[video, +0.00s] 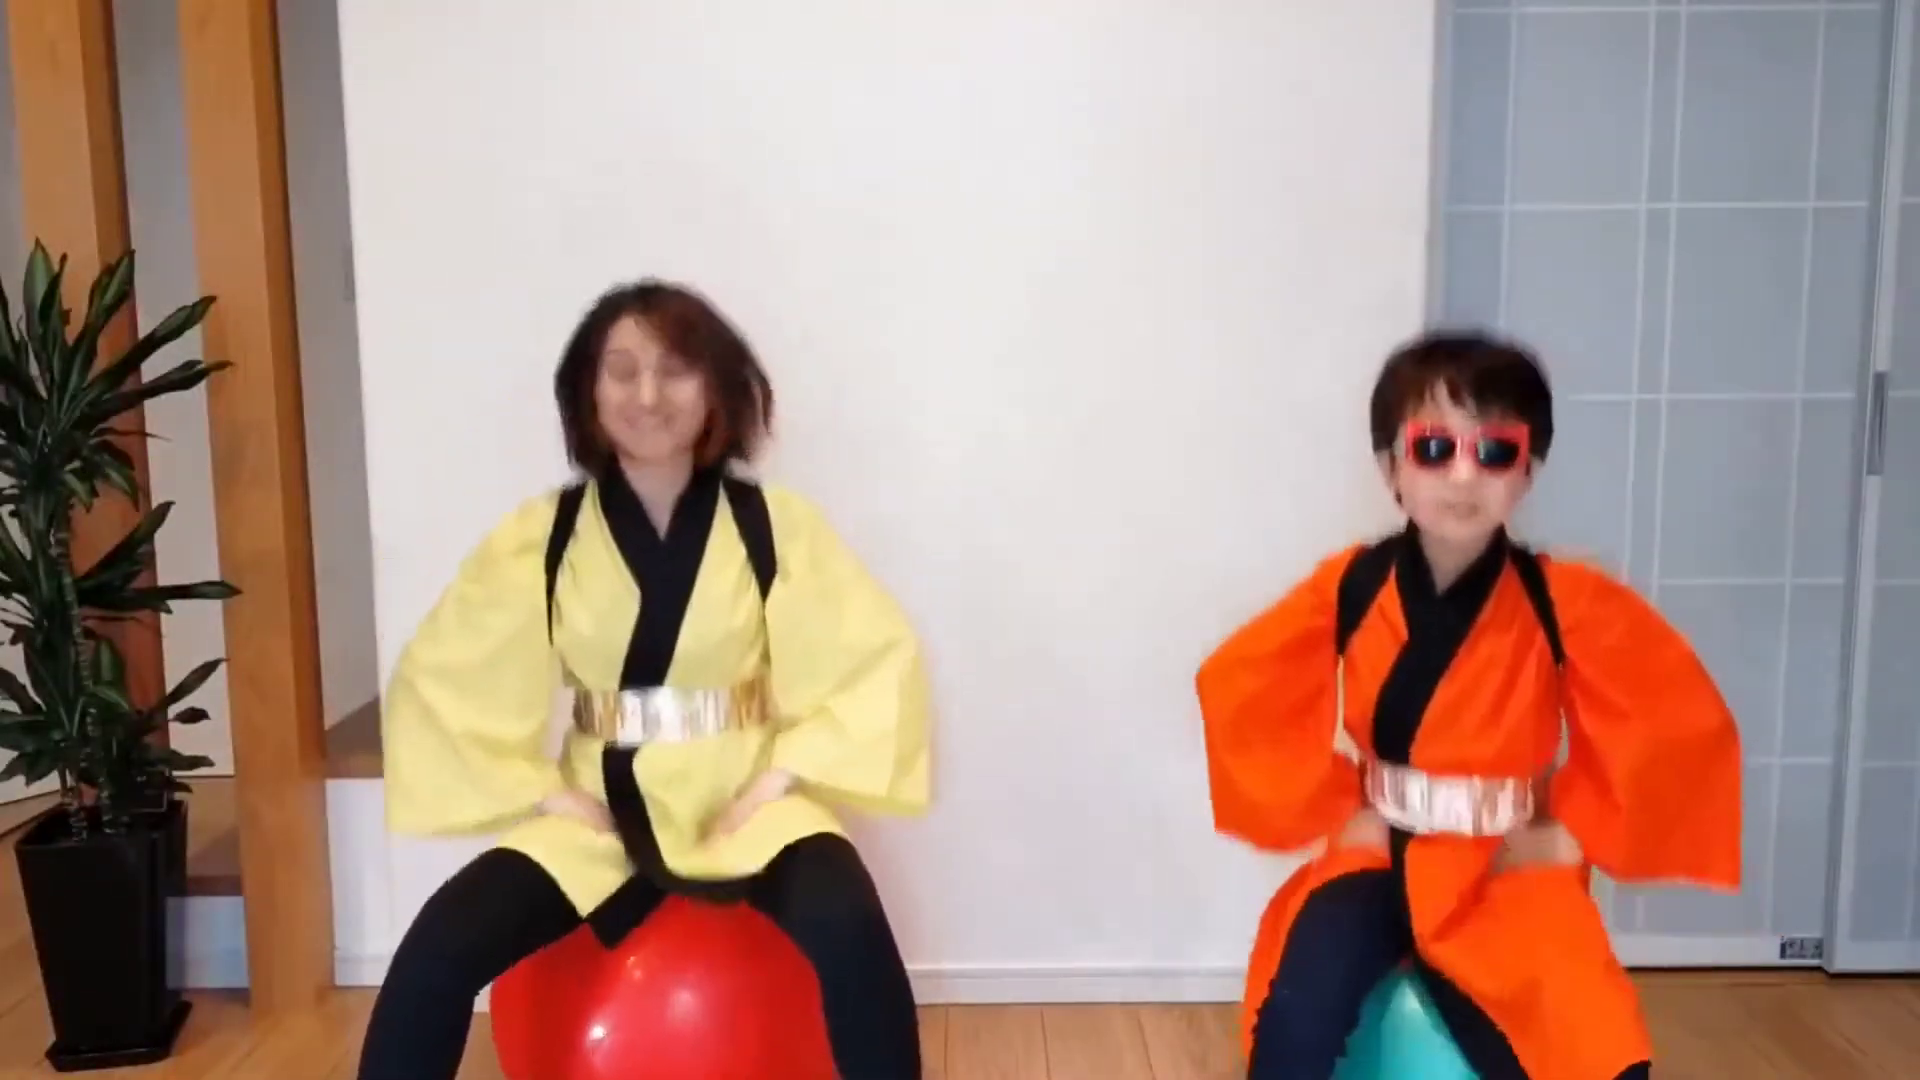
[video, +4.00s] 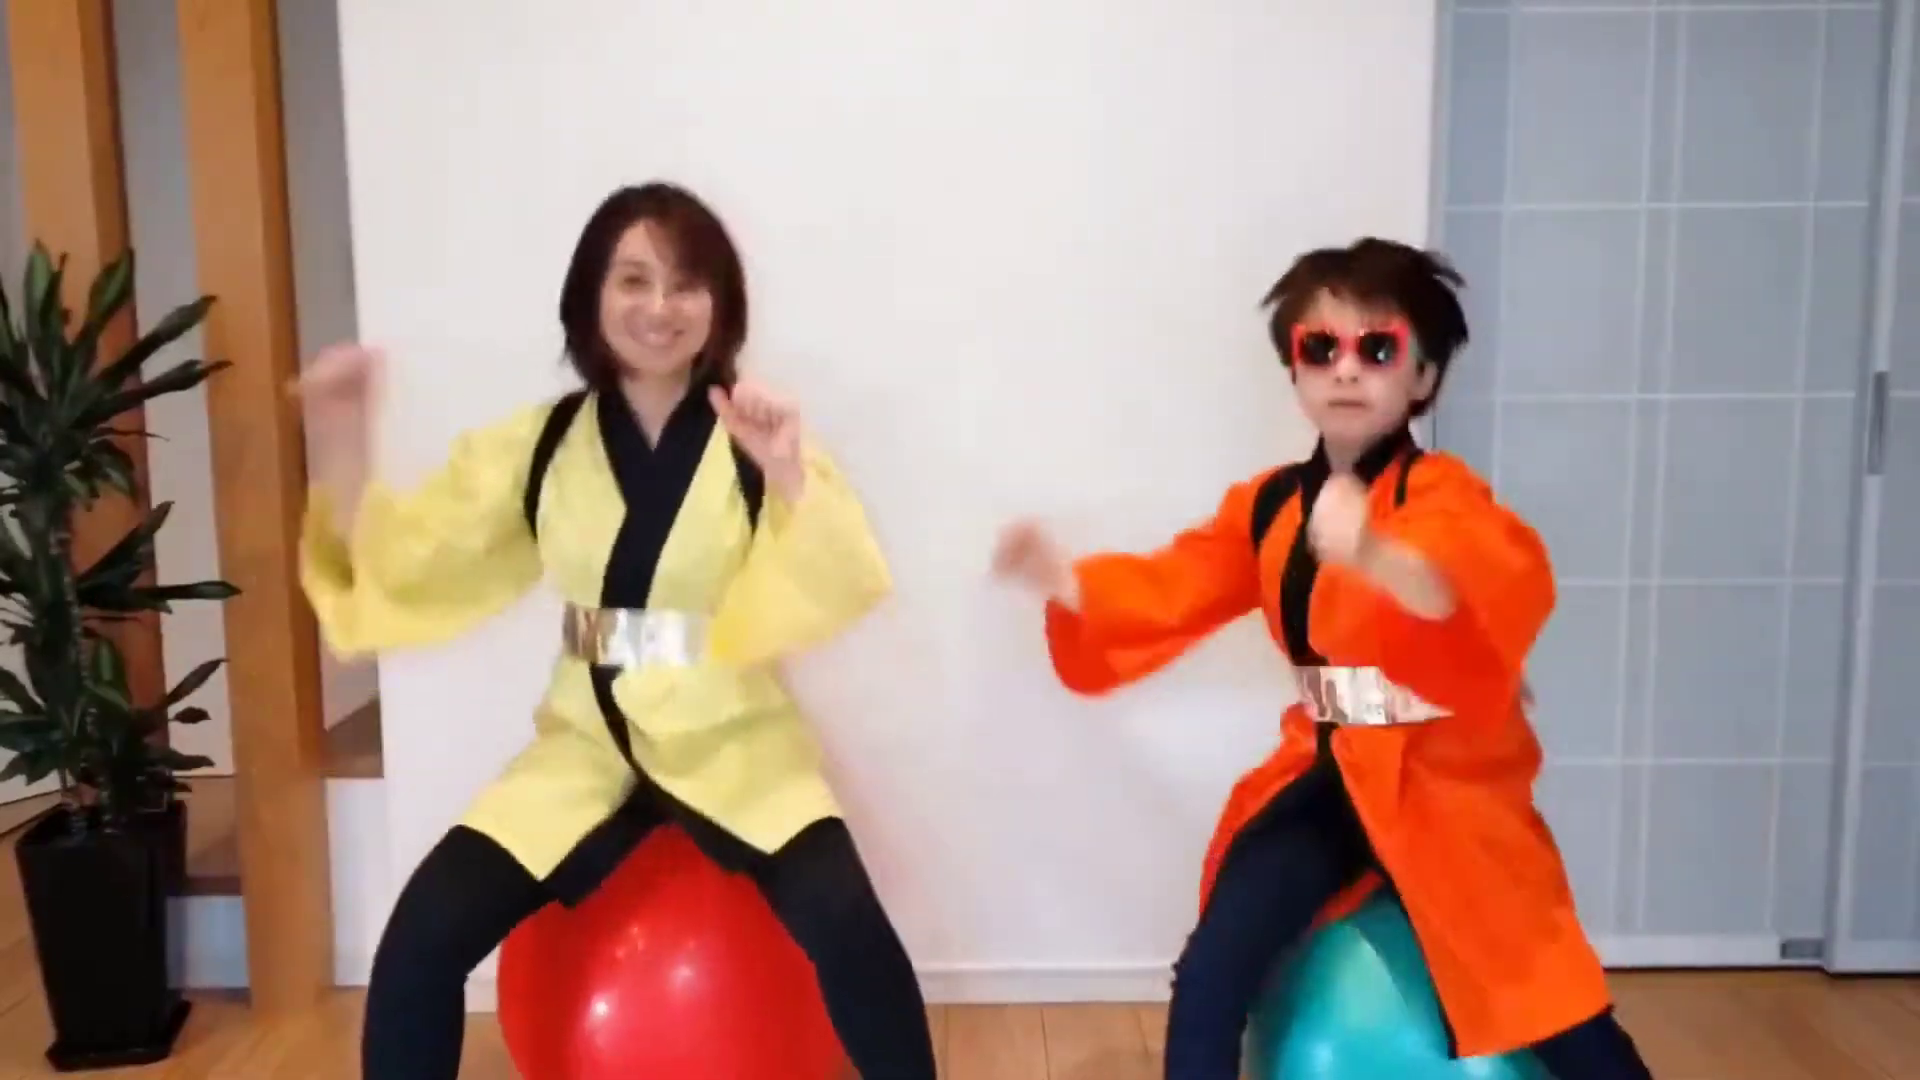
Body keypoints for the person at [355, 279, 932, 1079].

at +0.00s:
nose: (648, 392)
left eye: (675, 369)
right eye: (622, 370)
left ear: (716, 393)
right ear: (590, 394)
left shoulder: (774, 526)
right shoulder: (543, 534)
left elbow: (880, 660)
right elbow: (434, 684)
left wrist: (778, 772)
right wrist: (543, 791)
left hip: (748, 814)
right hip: (592, 824)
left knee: (848, 921)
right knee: (441, 941)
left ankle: (888, 1073)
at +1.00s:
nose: (646, 295)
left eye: (677, 275)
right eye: (621, 270)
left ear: (713, 301)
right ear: (580, 291)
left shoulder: (765, 429)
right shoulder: (529, 442)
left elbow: (892, 556)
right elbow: (429, 591)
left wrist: (809, 682)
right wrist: (534, 708)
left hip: (754, 732)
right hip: (590, 744)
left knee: (860, 925)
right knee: (443, 947)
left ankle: (890, 1076)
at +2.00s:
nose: (667, 288)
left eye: (693, 267)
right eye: (643, 260)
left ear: (724, 289)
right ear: (598, 273)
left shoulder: (768, 425)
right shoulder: (522, 426)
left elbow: (863, 568)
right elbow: (431, 567)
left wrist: (787, 671)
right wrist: (529, 687)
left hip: (745, 727)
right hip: (581, 735)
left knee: (849, 934)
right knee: (438, 948)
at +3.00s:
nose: (686, 300)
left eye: (713, 279)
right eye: (660, 276)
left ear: (747, 303)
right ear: (622, 298)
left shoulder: (785, 447)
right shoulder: (570, 437)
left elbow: (923, 597)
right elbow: (464, 571)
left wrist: (936, 481)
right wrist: (496, 431)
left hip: (766, 747)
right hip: (611, 752)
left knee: (882, 929)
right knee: (440, 924)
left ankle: (922, 1071)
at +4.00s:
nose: (660, 309)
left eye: (686, 285)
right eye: (633, 282)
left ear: (721, 306)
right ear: (591, 302)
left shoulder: (758, 439)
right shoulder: (545, 442)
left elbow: (838, 591)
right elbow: (383, 573)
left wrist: (789, 479)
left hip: (737, 749)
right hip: (586, 752)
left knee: (852, 932)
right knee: (423, 940)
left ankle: (908, 1078)